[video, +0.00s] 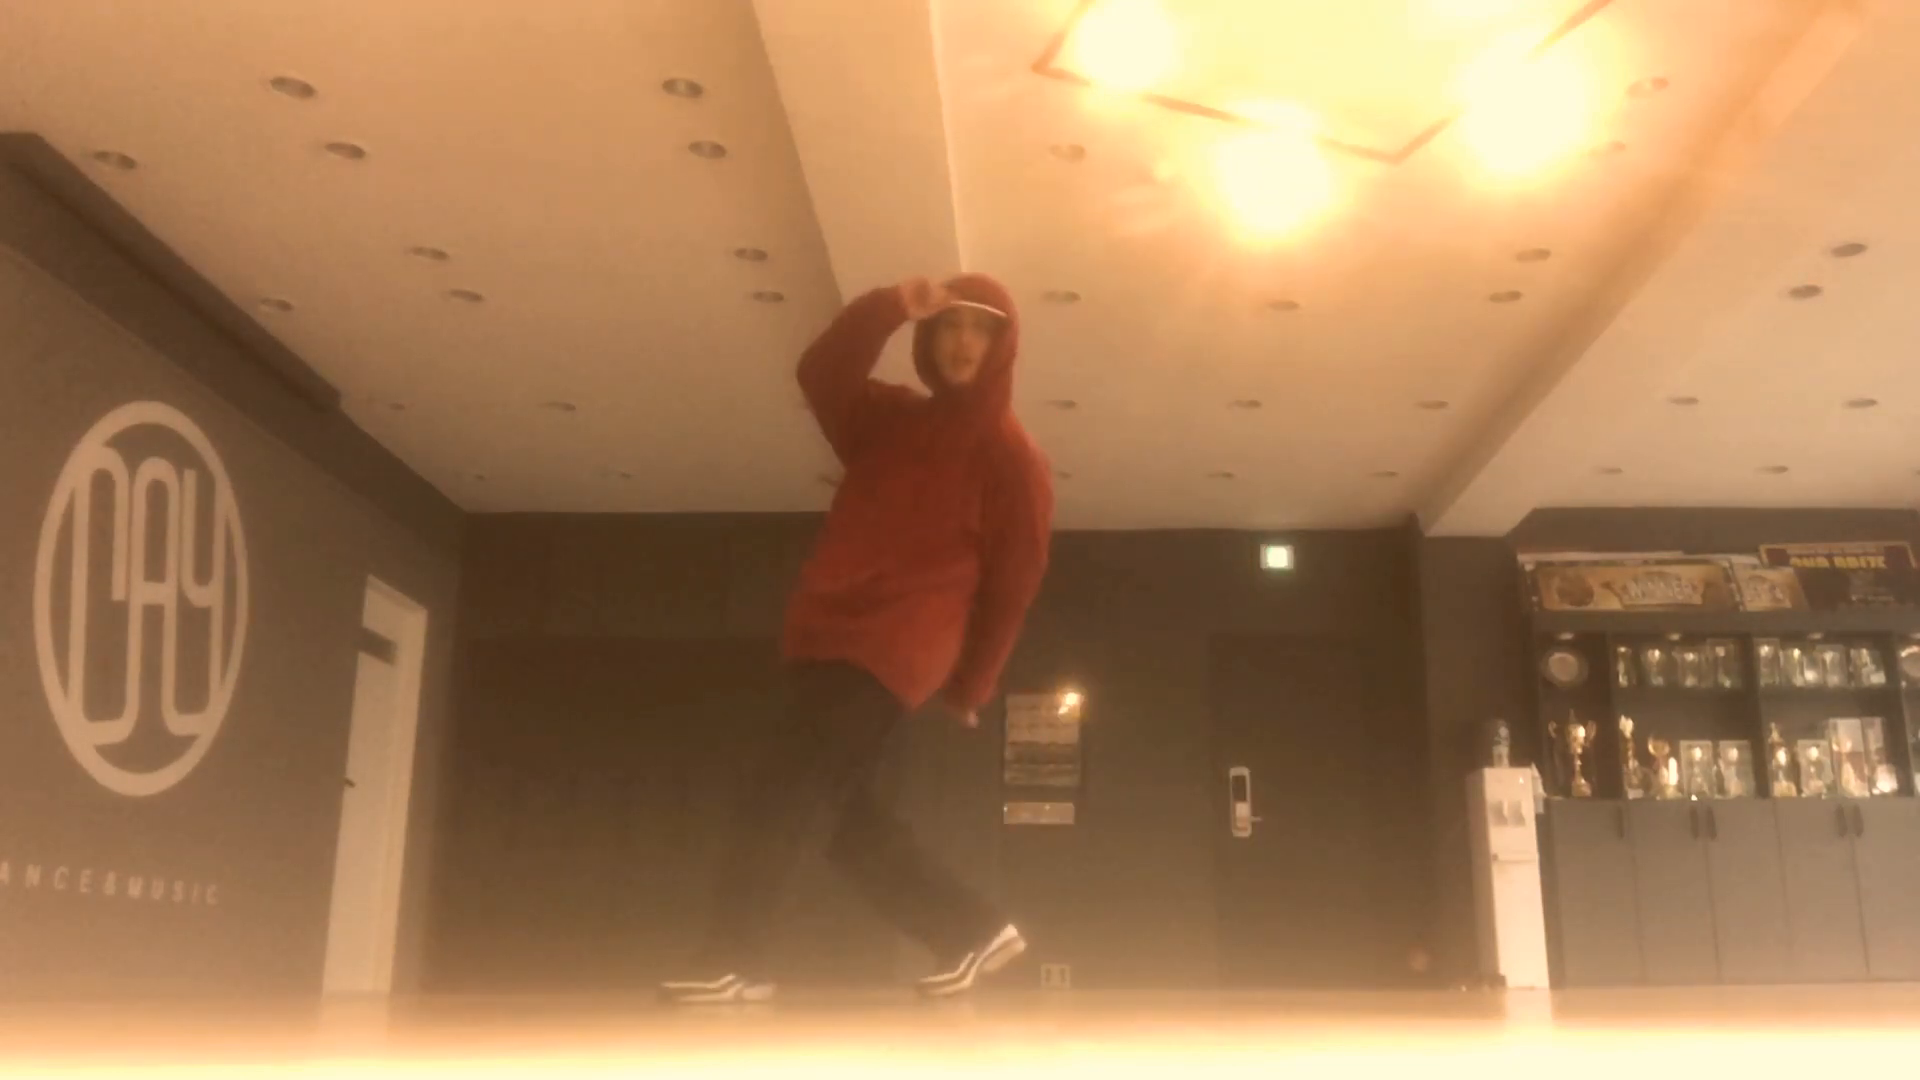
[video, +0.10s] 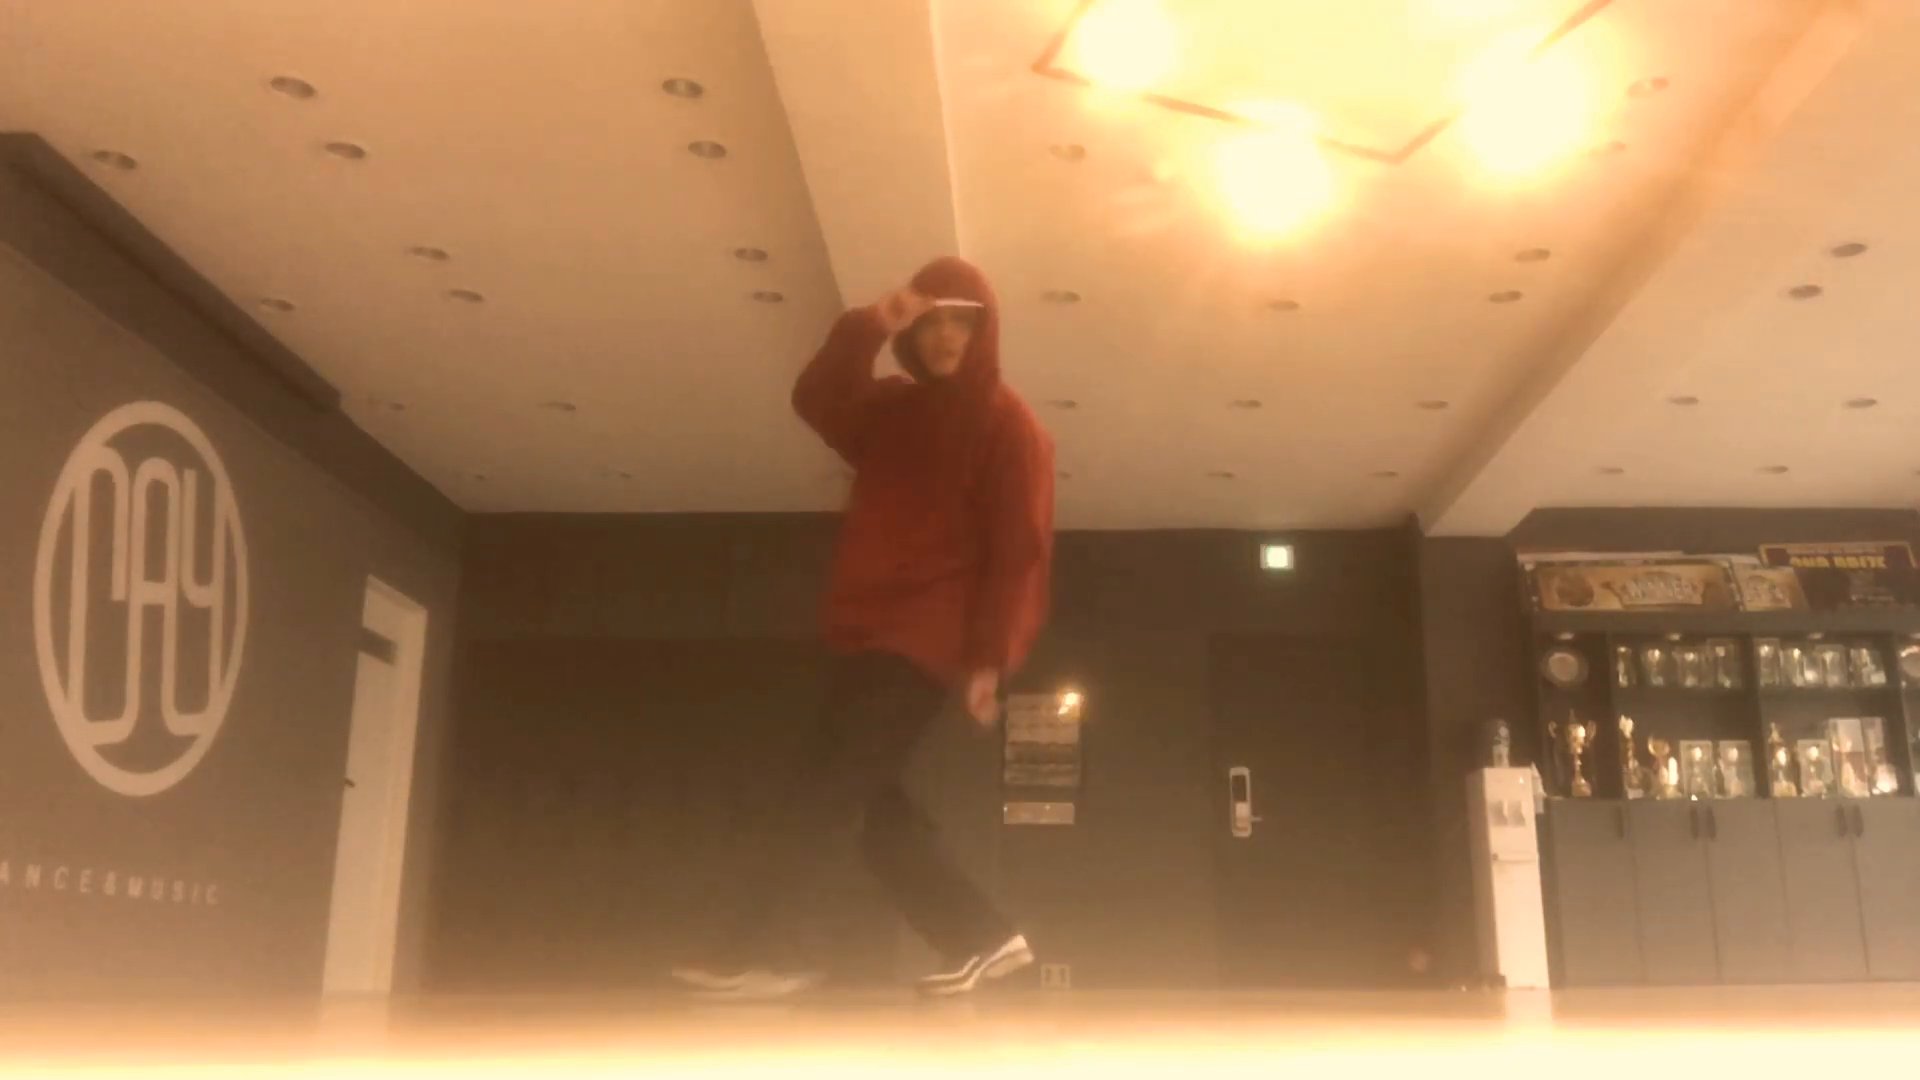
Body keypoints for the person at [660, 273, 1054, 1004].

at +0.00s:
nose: (960, 343)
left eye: (977, 330)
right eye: (948, 327)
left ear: (1001, 347)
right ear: (923, 339)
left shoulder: (1008, 452)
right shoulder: (886, 417)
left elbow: (1014, 579)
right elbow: (821, 372)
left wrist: (975, 681)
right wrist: (889, 306)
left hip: (902, 638)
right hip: (826, 623)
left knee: (791, 781)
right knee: (843, 812)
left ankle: (735, 960)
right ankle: (971, 932)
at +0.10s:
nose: (946, 337)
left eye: (962, 322)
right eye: (932, 321)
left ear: (984, 332)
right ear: (906, 331)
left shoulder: (1006, 424)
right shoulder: (886, 411)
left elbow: (1020, 549)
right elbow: (817, 398)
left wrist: (989, 657)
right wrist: (874, 324)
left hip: (932, 641)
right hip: (861, 633)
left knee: (835, 779)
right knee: (869, 795)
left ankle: (779, 951)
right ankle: (983, 937)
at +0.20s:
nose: (923, 365)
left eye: (936, 349)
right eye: (909, 351)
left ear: (959, 352)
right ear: (887, 359)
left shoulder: (1002, 425)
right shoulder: (884, 431)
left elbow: (1043, 526)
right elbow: (818, 441)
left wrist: (1011, 616)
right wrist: (847, 363)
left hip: (961, 621)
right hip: (892, 621)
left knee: (874, 737)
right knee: (893, 771)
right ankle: (983, 933)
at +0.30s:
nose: (918, 359)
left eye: (932, 342)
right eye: (902, 345)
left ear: (958, 344)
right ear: (882, 351)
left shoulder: (1002, 417)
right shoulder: (884, 427)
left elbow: (1046, 503)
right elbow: (828, 477)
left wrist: (1047, 567)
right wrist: (854, 395)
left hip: (994, 604)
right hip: (911, 615)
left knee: (895, 698)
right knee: (914, 777)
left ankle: (1042, 713)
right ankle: (988, 943)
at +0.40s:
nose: (919, 319)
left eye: (933, 304)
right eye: (902, 307)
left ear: (961, 307)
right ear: (886, 315)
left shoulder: (1004, 380)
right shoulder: (893, 396)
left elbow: (1051, 474)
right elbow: (852, 467)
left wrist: (1069, 564)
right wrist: (870, 391)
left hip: (1009, 569)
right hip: (932, 585)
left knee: (959, 693)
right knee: (943, 758)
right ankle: (987, 936)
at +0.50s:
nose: (927, 314)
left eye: (941, 298)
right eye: (909, 302)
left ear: (970, 301)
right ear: (893, 313)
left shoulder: (1013, 377)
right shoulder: (902, 389)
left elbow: (1069, 476)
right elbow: (864, 449)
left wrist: (1093, 579)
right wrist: (903, 371)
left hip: (1023, 594)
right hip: (947, 601)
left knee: (1023, 730)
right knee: (955, 773)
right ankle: (987, 934)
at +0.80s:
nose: (997, 328)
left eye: (1011, 312)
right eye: (981, 315)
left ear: (1040, 316)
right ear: (965, 327)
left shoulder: (1098, 405)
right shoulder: (962, 416)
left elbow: (1143, 512)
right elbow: (932, 473)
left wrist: (1145, 614)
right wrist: (956, 481)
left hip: (1083, 625)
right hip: (991, 623)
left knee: (1095, 775)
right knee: (950, 753)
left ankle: (1138, 932)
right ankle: (975, 886)